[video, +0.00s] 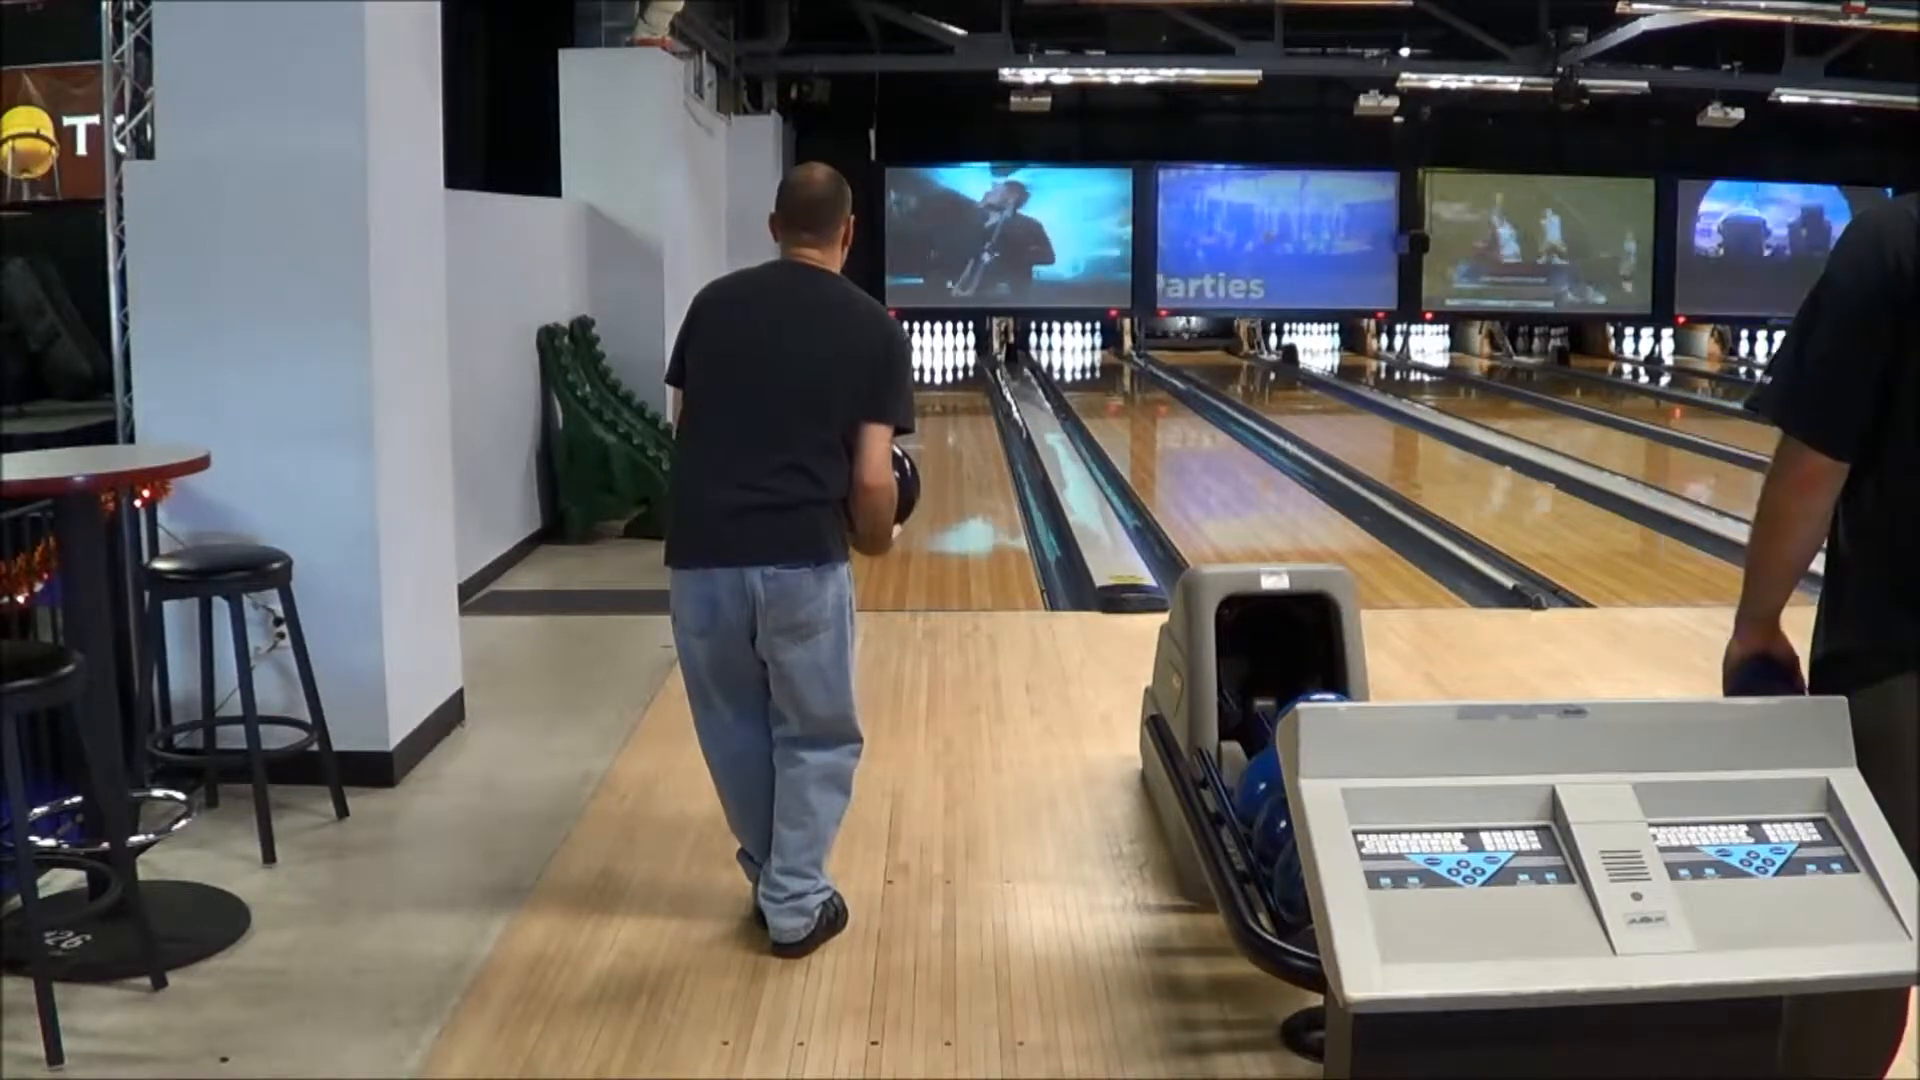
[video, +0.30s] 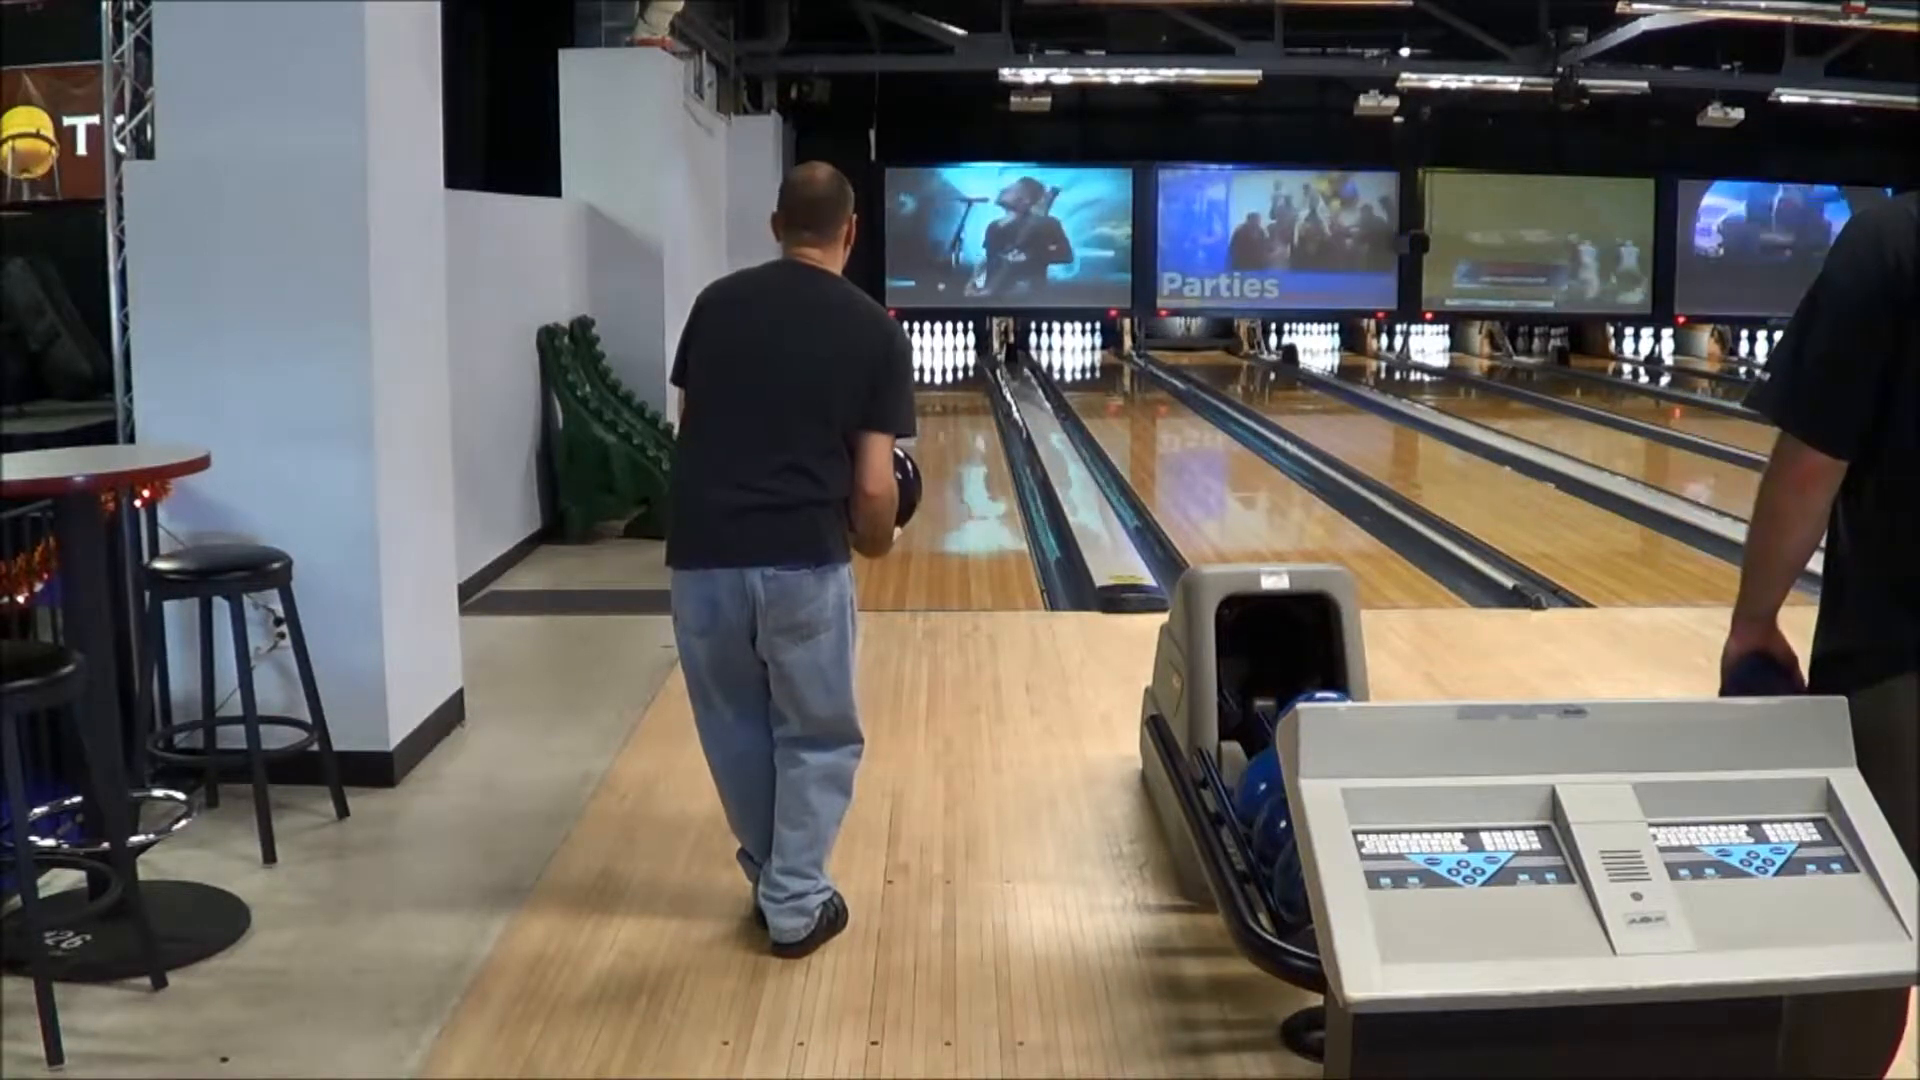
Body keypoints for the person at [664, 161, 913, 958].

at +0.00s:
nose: (851, 237)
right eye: (854, 226)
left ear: (772, 228)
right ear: (849, 230)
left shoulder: (715, 302)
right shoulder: (870, 326)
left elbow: (683, 423)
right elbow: (871, 477)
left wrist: (724, 485)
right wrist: (878, 537)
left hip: (701, 557)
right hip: (803, 557)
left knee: (732, 724)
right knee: (817, 736)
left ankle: (768, 870)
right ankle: (794, 904)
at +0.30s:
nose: (854, 237)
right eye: (856, 226)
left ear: (774, 228)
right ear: (851, 230)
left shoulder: (717, 302)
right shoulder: (871, 328)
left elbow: (688, 423)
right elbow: (874, 486)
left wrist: (726, 489)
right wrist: (876, 538)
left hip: (701, 559)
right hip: (804, 559)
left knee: (734, 725)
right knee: (818, 736)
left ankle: (767, 871)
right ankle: (794, 904)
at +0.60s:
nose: (855, 234)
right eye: (857, 223)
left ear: (775, 226)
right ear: (853, 228)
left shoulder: (719, 301)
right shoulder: (871, 327)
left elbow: (690, 424)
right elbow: (875, 486)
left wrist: (726, 490)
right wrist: (877, 538)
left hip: (703, 552)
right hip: (805, 554)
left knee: (735, 723)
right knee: (818, 735)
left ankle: (768, 870)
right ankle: (793, 904)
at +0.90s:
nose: (854, 234)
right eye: (856, 223)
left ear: (775, 226)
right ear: (851, 228)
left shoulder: (718, 298)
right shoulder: (869, 327)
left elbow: (688, 421)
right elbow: (870, 484)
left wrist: (724, 487)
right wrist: (874, 536)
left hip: (698, 547)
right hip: (798, 549)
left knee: (734, 722)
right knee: (815, 731)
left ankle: (767, 867)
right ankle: (793, 904)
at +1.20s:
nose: (846, 239)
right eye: (852, 229)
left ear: (777, 227)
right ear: (850, 233)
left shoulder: (717, 298)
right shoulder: (866, 329)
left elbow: (684, 413)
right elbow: (862, 487)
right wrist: (870, 538)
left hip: (691, 547)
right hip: (790, 550)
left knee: (731, 720)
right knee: (811, 726)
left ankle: (766, 868)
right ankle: (794, 901)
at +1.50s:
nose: (845, 242)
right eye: (850, 232)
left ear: (777, 231)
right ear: (848, 237)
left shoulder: (716, 301)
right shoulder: (864, 334)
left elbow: (682, 418)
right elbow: (857, 484)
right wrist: (864, 542)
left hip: (688, 546)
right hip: (786, 546)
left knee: (729, 720)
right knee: (812, 714)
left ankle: (769, 880)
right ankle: (799, 880)